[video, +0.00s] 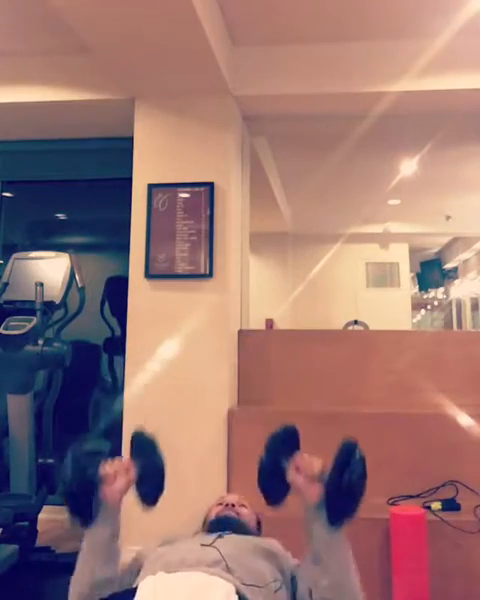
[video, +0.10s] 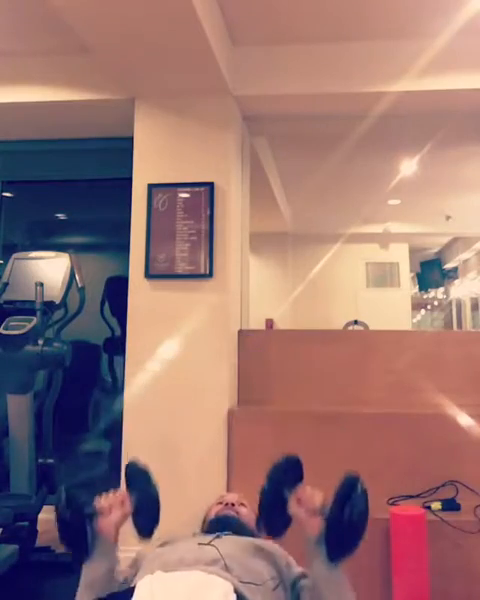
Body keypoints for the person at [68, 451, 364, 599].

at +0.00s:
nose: (229, 504)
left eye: (240, 506)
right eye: (220, 504)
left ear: (259, 526)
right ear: (202, 523)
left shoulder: (274, 554)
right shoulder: (159, 552)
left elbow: (338, 594)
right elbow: (88, 593)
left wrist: (317, 510)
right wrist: (108, 509)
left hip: (225, 589)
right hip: (154, 587)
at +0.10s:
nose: (229, 502)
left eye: (240, 503)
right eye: (220, 501)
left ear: (256, 525)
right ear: (203, 521)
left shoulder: (271, 552)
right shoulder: (156, 550)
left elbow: (319, 592)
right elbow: (98, 592)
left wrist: (318, 540)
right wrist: (105, 540)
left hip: (224, 589)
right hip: (156, 588)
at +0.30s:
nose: (226, 500)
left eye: (238, 500)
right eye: (216, 499)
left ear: (255, 522)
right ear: (200, 519)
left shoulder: (265, 550)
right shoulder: (154, 553)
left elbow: (298, 596)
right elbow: (106, 597)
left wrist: (307, 564)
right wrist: (106, 558)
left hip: (214, 588)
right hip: (145, 588)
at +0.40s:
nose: (226, 502)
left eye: (238, 502)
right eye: (217, 501)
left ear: (253, 523)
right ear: (201, 520)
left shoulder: (267, 552)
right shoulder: (154, 552)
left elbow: (308, 595)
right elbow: (89, 595)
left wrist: (312, 544)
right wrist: (107, 532)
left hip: (215, 588)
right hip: (147, 588)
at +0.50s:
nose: (226, 506)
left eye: (238, 508)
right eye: (218, 506)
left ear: (255, 530)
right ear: (199, 524)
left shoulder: (271, 553)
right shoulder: (156, 550)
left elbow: (324, 594)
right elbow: (83, 592)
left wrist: (315, 509)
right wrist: (112, 496)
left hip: (223, 589)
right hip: (150, 586)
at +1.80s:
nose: (232, 507)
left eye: (245, 508)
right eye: (224, 506)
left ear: (261, 531)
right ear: (205, 526)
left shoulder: (277, 558)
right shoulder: (156, 552)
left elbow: (329, 595)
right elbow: (82, 592)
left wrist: (322, 524)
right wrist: (106, 505)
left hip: (227, 590)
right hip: (152, 588)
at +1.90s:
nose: (233, 511)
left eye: (245, 513)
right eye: (225, 510)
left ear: (262, 536)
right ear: (206, 526)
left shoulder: (273, 554)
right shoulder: (157, 546)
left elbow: (339, 589)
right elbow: (87, 578)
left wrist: (318, 481)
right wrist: (111, 471)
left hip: (222, 592)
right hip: (153, 590)